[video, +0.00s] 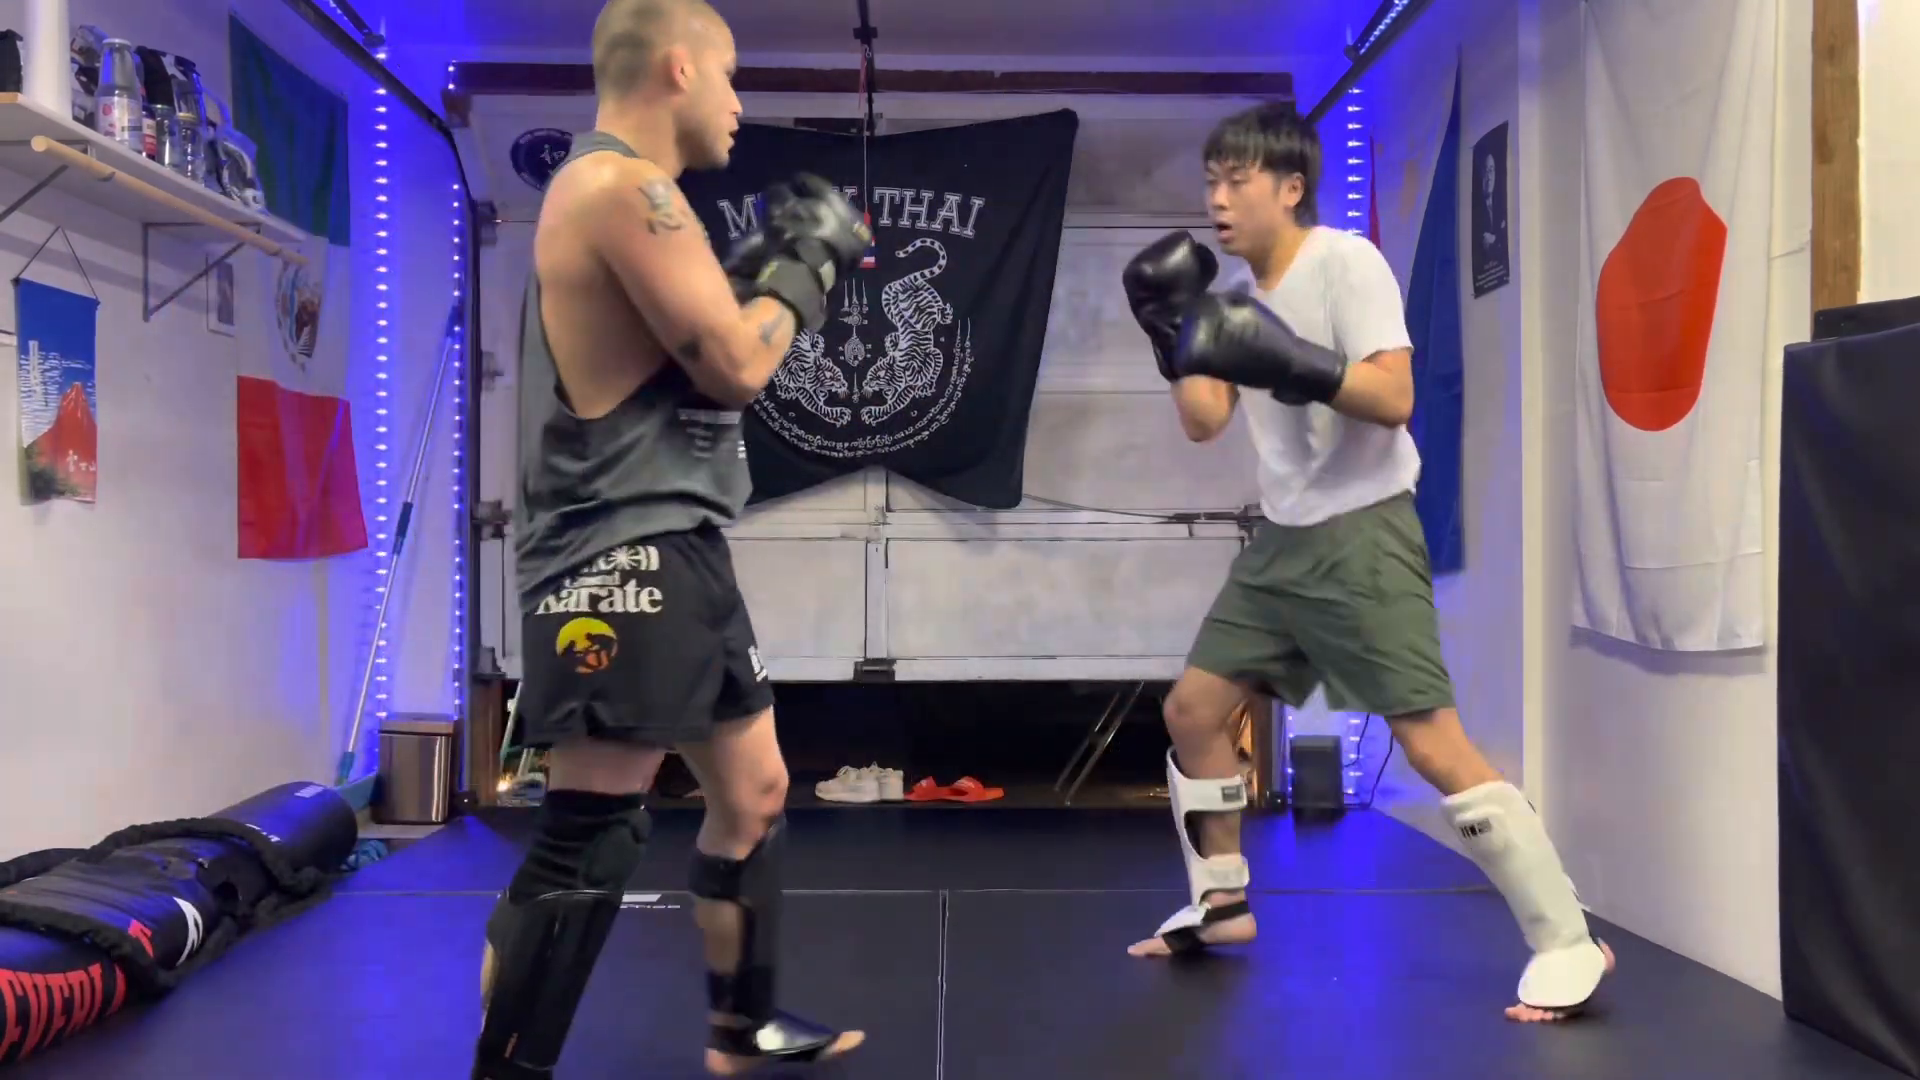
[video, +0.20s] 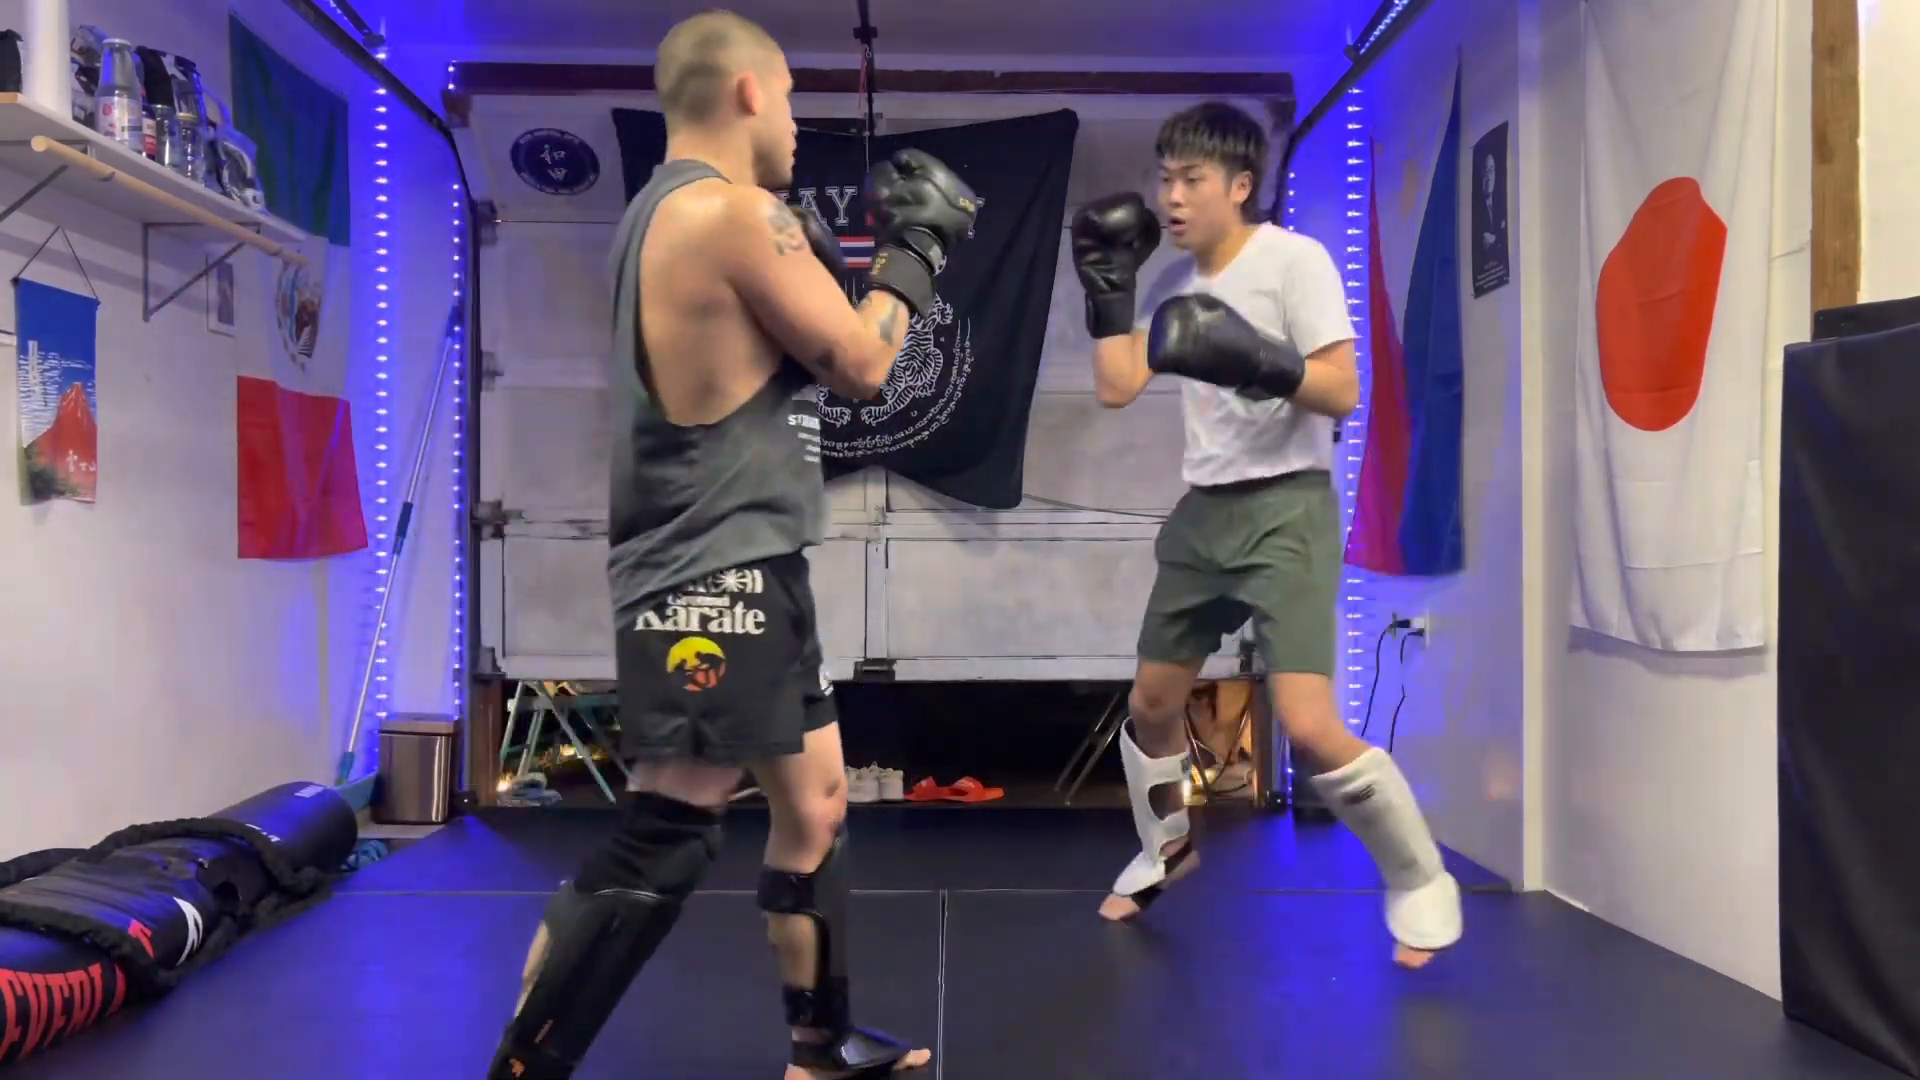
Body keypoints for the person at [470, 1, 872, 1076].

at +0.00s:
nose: (737, 104)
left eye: (734, 81)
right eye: (728, 79)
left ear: (654, 76)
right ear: (674, 74)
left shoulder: (634, 193)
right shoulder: (616, 186)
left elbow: (715, 361)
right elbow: (738, 364)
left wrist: (785, 267)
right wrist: (802, 259)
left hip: (673, 547)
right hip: (617, 552)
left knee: (752, 793)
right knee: (588, 835)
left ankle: (742, 1027)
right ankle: (511, 1067)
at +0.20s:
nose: (794, 116)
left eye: (789, 96)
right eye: (787, 95)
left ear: (693, 102)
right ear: (747, 95)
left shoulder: (668, 208)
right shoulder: (727, 212)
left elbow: (761, 365)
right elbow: (863, 361)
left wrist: (804, 261)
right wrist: (915, 251)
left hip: (734, 566)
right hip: (711, 573)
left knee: (813, 806)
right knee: (671, 826)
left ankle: (822, 1044)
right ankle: (528, 1059)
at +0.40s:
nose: (857, 113)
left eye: (852, 95)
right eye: (853, 94)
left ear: (753, 110)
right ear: (832, 95)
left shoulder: (724, 218)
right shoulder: (823, 198)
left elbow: (808, 361)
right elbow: (937, 351)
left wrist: (905, 268)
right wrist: (972, 261)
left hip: (749, 556)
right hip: (815, 551)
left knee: (808, 817)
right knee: (880, 823)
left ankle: (821, 1043)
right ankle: (664, 1040)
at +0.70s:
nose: (947, 121)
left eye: (942, 105)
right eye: (947, 105)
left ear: (839, 103)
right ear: (929, 102)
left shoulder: (784, 217)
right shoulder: (948, 207)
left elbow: (961, 319)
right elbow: (1066, 284)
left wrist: (1075, 336)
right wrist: (1134, 292)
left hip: (818, 574)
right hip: (929, 568)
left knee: (865, 807)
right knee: (996, 820)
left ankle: (818, 1048)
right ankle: (938, 1062)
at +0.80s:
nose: (983, 129)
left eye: (978, 115)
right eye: (981, 114)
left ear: (867, 115)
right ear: (967, 112)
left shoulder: (820, 222)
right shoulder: (981, 226)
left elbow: (910, 366)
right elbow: (1073, 329)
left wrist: (1020, 368)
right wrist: (1126, 288)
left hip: (843, 584)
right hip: (946, 580)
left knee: (896, 813)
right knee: (994, 837)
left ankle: (822, 1048)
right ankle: (940, 1067)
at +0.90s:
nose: (1013, 137)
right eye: (1012, 121)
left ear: (894, 125)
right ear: (1003, 116)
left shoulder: (845, 226)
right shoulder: (1024, 233)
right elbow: (1101, 333)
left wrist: (1079, 256)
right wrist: (1141, 250)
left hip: (858, 587)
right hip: (968, 587)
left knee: (915, 798)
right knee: (1020, 850)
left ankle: (832, 1029)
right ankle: (953, 1065)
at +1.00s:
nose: (1038, 127)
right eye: (1039, 116)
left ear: (929, 113)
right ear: (1036, 123)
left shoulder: (867, 211)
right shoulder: (1051, 234)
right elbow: (1094, 338)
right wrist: (1128, 225)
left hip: (878, 588)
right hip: (992, 591)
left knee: (913, 795)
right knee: (1013, 838)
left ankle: (834, 1025)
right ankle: (952, 1064)